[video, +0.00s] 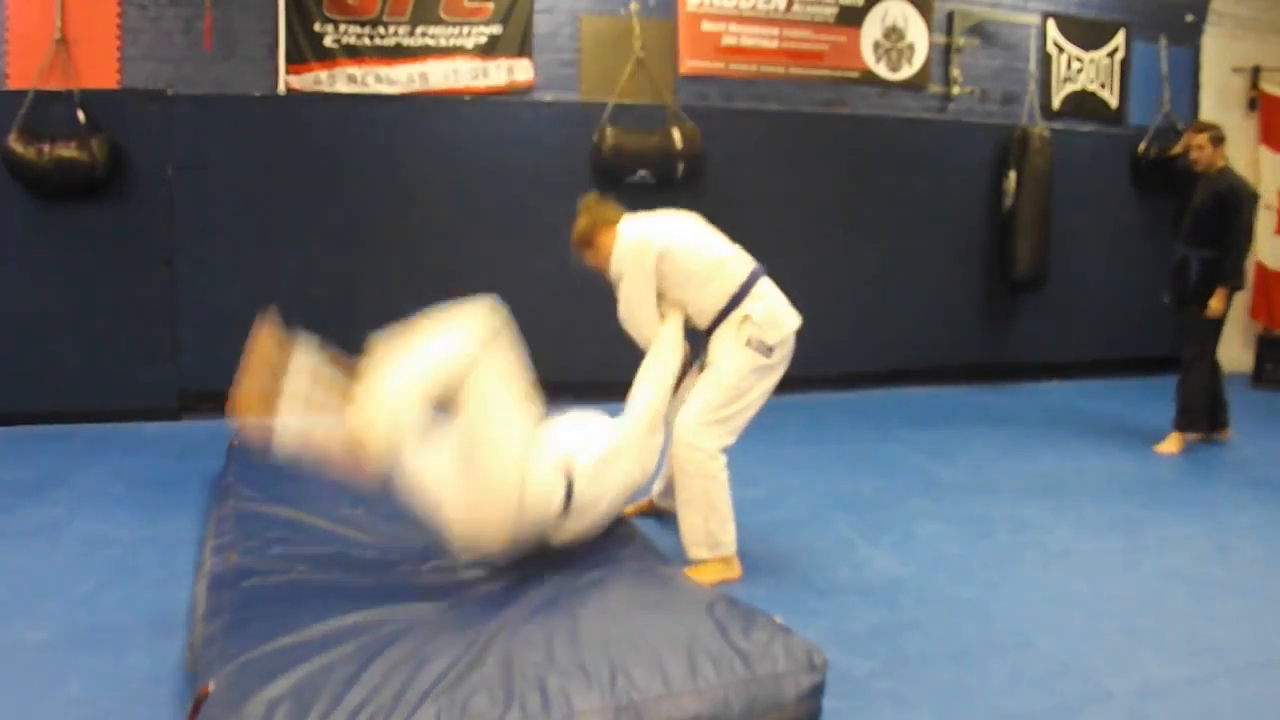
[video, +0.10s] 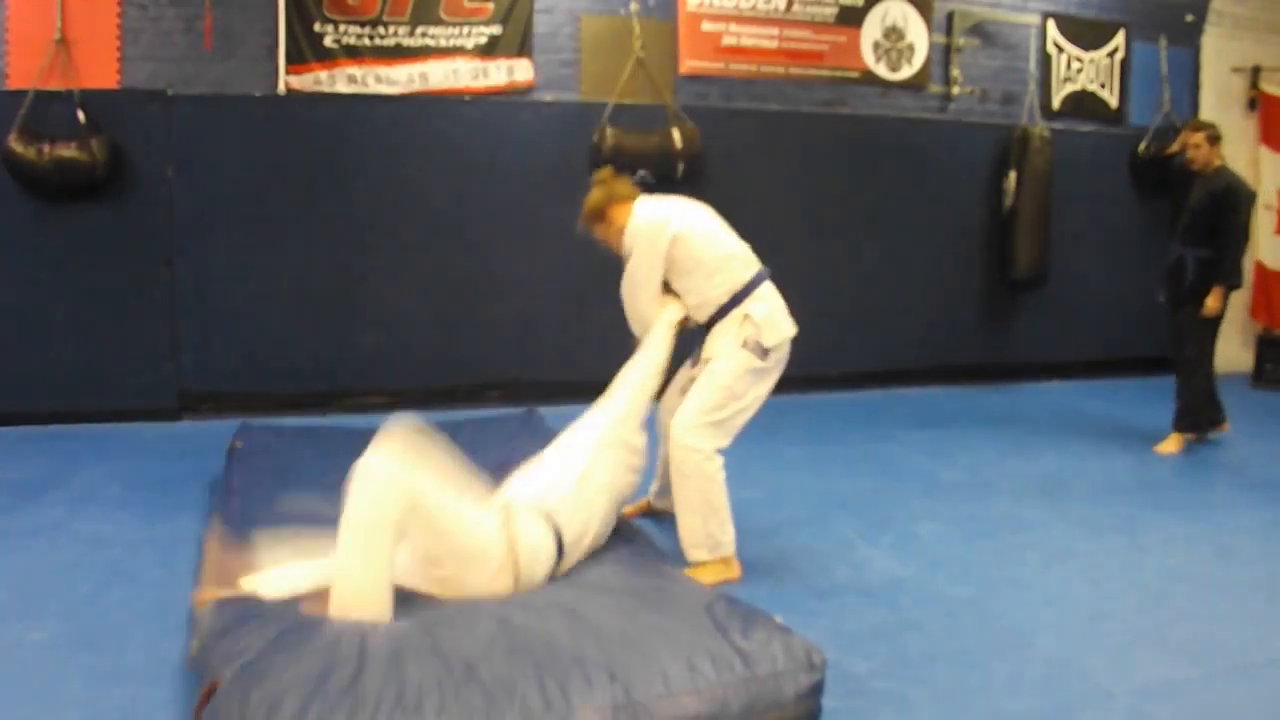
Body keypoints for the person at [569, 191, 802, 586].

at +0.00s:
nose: (599, 269)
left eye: (593, 260)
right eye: (591, 263)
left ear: (600, 239)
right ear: (614, 225)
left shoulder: (632, 242)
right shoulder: (661, 222)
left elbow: (636, 319)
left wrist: (672, 360)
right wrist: (678, 359)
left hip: (756, 331)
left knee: (696, 432)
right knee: (683, 414)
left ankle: (718, 559)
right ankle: (669, 498)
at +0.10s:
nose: (609, 245)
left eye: (605, 235)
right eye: (603, 238)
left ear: (614, 215)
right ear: (623, 204)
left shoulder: (647, 220)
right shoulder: (665, 209)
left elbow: (638, 301)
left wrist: (653, 347)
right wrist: (669, 315)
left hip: (753, 329)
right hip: (733, 325)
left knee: (693, 433)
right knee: (673, 406)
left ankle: (718, 560)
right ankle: (666, 497)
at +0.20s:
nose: (619, 218)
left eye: (616, 207)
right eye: (613, 212)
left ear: (630, 185)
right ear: (641, 180)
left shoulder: (672, 194)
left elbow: (628, 264)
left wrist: (605, 315)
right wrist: (673, 305)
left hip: (746, 325)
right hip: (719, 326)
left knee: (689, 435)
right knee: (657, 406)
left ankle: (716, 560)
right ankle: (659, 499)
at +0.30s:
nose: (624, 195)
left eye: (624, 184)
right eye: (618, 189)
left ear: (643, 167)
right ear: (646, 169)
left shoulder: (691, 181)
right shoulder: (670, 201)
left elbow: (655, 248)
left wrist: (592, 283)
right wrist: (659, 301)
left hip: (738, 313)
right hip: (701, 320)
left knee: (697, 434)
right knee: (646, 411)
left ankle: (717, 560)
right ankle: (663, 498)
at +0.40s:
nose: (625, 186)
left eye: (625, 173)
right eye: (618, 179)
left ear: (646, 152)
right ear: (636, 161)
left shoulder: (704, 170)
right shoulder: (657, 203)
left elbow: (701, 235)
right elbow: (669, 273)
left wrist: (650, 258)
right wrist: (645, 296)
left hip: (733, 298)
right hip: (693, 304)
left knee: (716, 420)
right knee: (647, 410)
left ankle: (716, 546)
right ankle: (661, 499)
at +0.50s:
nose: (628, 176)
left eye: (628, 164)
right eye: (621, 169)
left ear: (650, 143)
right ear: (633, 156)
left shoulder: (708, 162)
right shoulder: (653, 194)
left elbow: (738, 206)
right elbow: (657, 269)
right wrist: (634, 272)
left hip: (727, 293)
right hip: (681, 302)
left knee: (723, 410)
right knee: (654, 405)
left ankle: (726, 531)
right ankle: (662, 499)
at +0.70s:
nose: (661, 151)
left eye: (665, 140)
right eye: (656, 144)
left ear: (691, 129)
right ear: (659, 143)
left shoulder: (736, 164)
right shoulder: (671, 181)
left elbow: (777, 224)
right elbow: (651, 230)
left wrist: (806, 288)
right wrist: (650, 262)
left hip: (740, 290)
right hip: (690, 290)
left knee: (737, 402)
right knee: (667, 399)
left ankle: (746, 479)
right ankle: (665, 496)